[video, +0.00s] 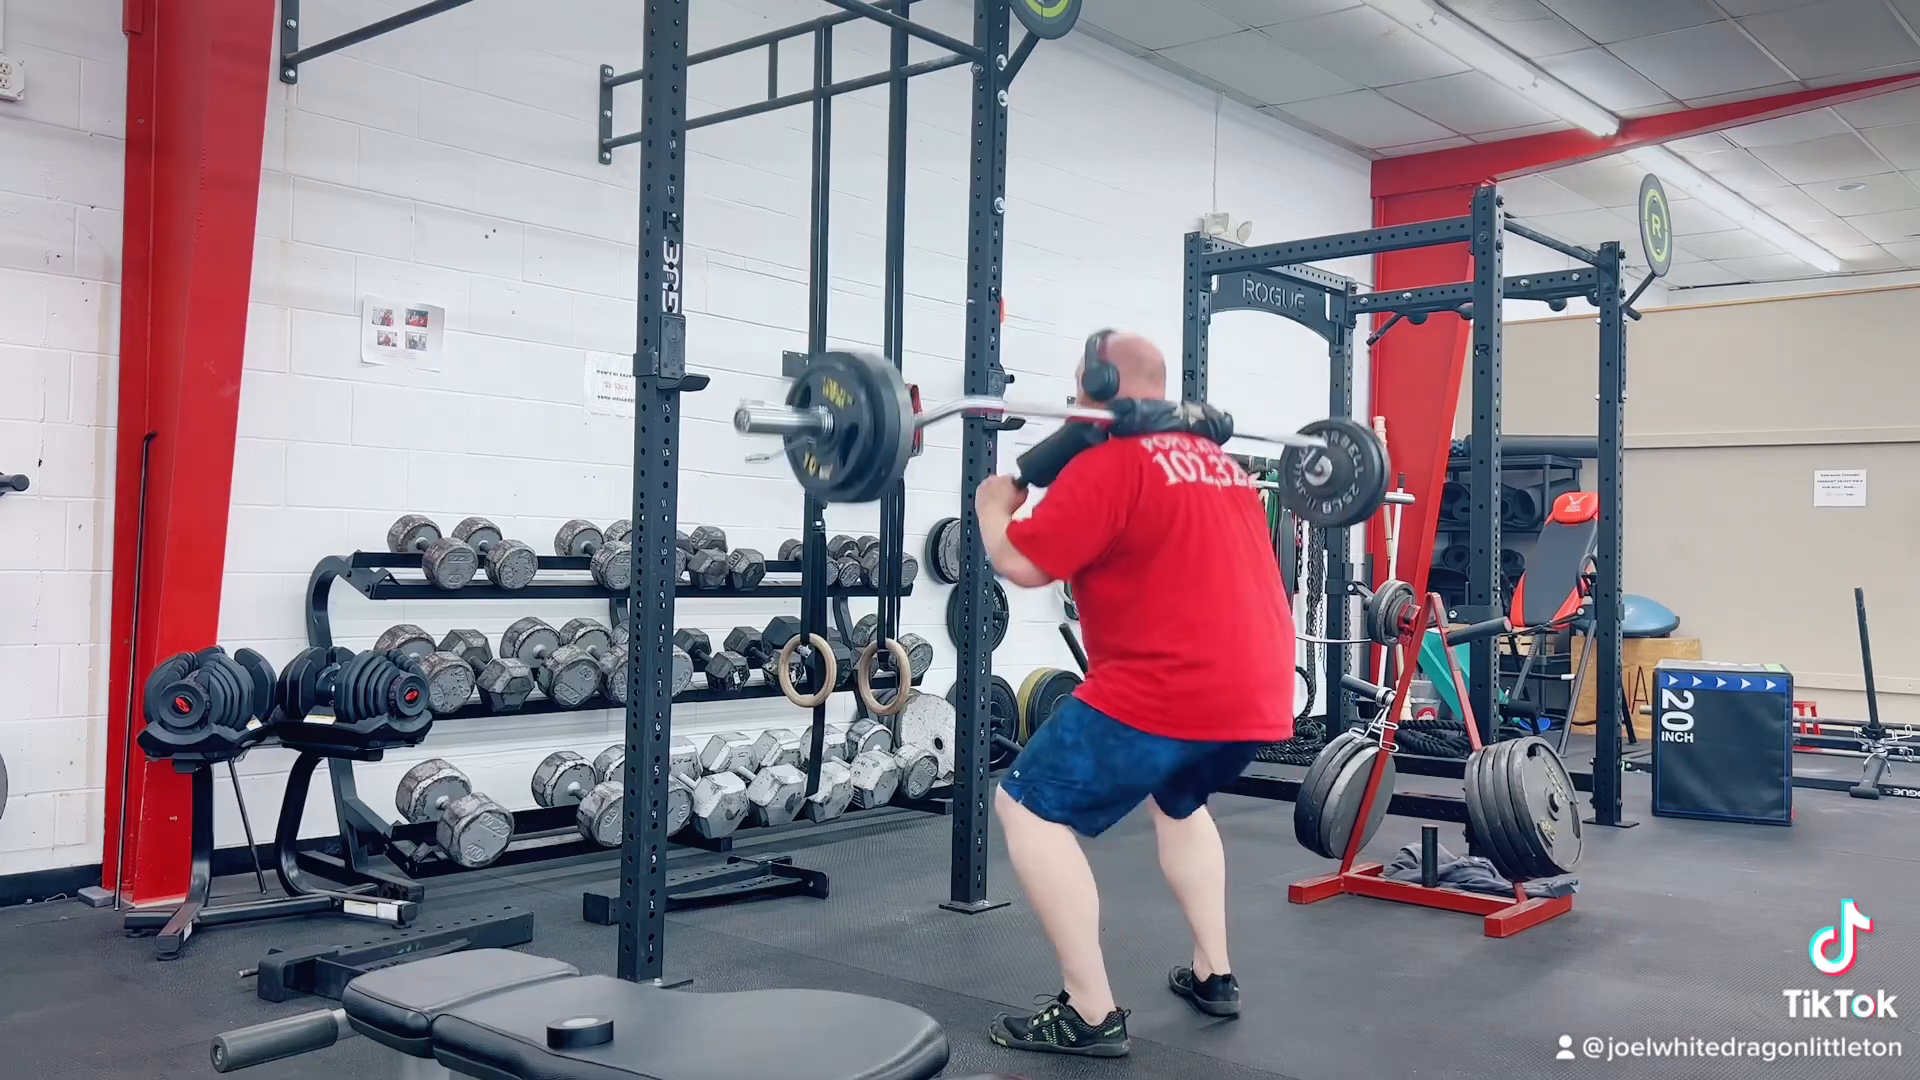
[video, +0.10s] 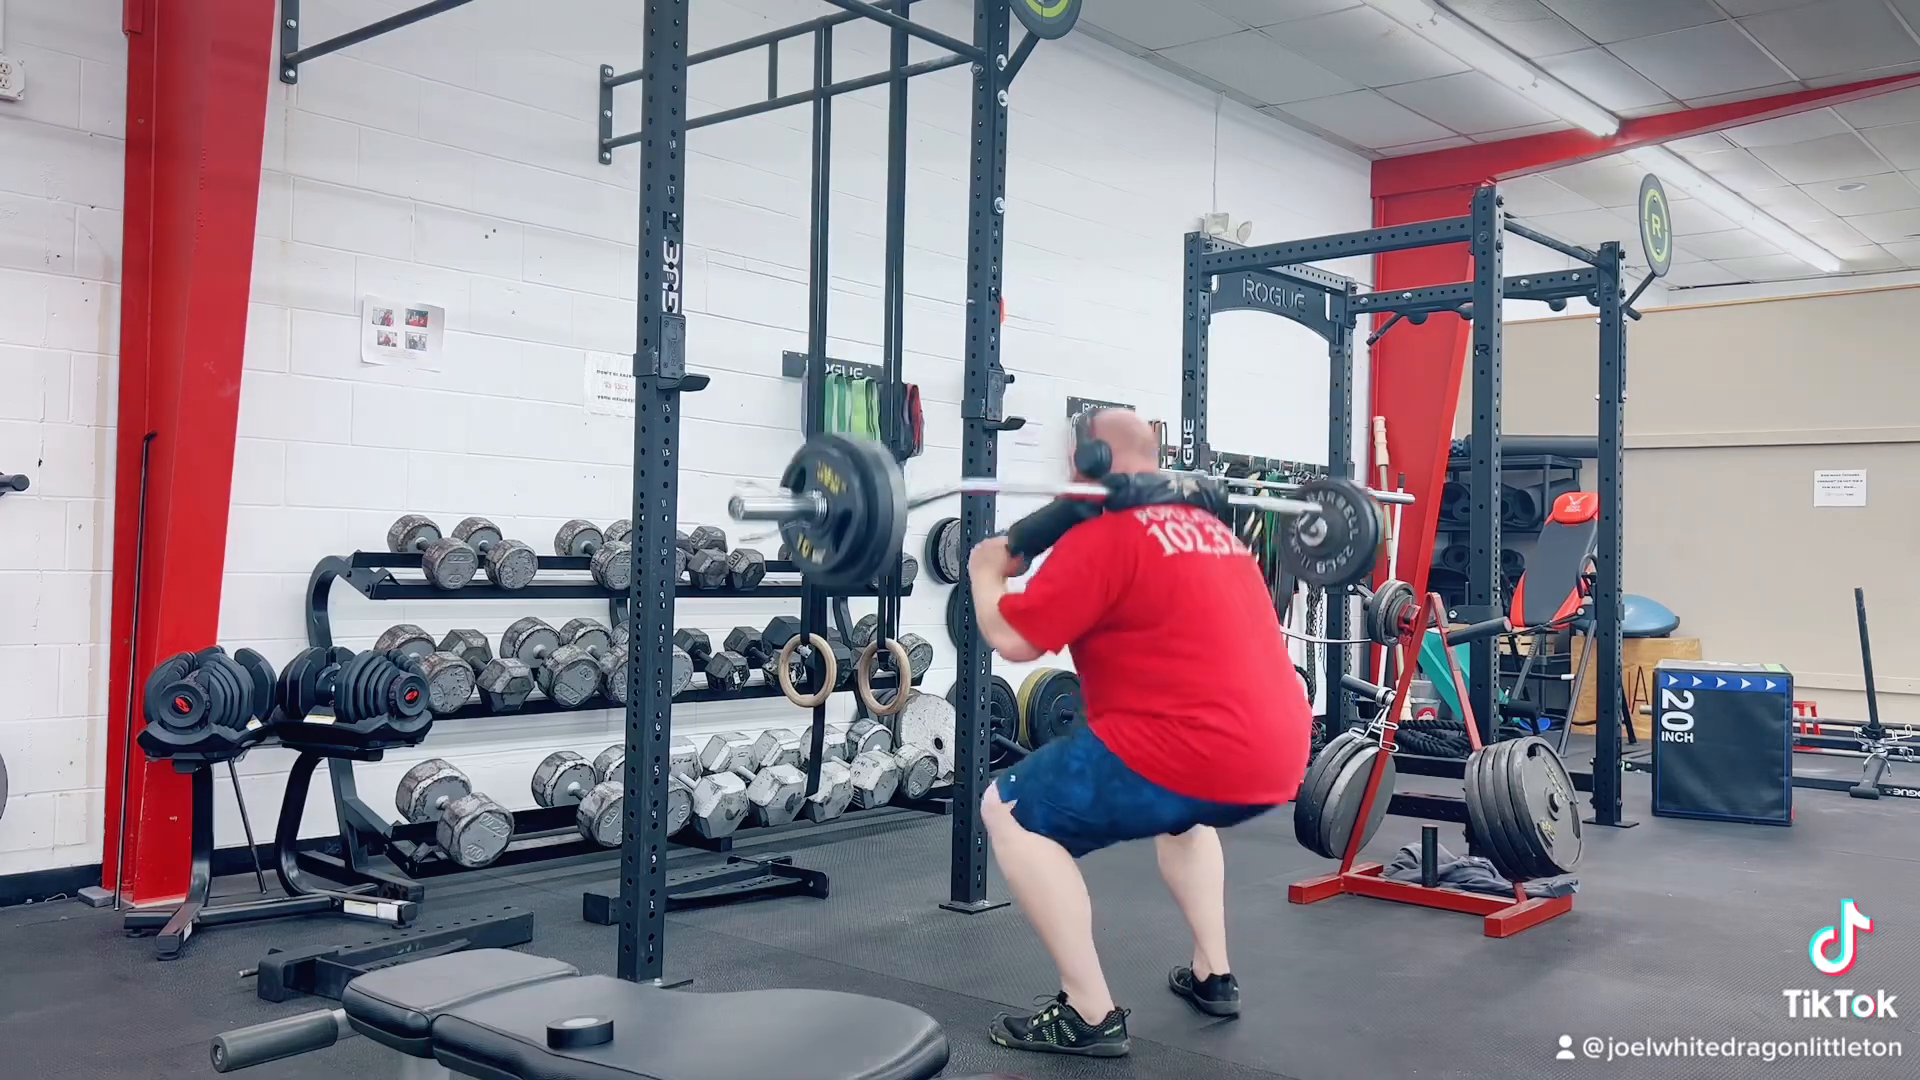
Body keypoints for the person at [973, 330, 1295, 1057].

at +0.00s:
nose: (1075, 402)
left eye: (1078, 389)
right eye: (1076, 390)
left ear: (1098, 393)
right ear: (1163, 389)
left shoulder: (1114, 463)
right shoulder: (1221, 463)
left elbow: (1022, 562)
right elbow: (1256, 569)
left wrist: (992, 506)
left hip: (1159, 692)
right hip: (1261, 696)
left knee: (1026, 802)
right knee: (1178, 800)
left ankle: (1090, 1008)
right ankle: (1215, 973)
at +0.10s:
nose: (1069, 473)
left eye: (1071, 463)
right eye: (1074, 462)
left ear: (1083, 467)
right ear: (1157, 463)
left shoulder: (1107, 534)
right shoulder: (1208, 524)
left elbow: (1013, 639)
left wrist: (983, 569)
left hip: (1179, 753)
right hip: (1274, 753)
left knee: (1009, 810)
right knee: (1178, 811)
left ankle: (1090, 1011)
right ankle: (1214, 974)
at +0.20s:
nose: (1070, 543)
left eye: (1070, 533)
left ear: (1077, 539)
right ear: (1152, 532)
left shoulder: (1102, 606)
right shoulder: (1206, 590)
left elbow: (999, 702)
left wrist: (978, 630)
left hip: (1198, 820)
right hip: (1286, 814)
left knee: (1000, 812)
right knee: (1160, 775)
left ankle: (1089, 1010)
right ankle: (1213, 974)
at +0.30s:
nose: (1064, 592)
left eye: (1066, 581)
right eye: (1068, 581)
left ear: (1076, 589)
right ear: (1150, 583)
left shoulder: (1100, 657)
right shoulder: (1203, 640)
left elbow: (995, 752)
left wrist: (975, 670)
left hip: (1194, 878)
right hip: (1274, 873)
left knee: (991, 817)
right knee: (1173, 794)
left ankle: (1088, 1009)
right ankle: (1209, 971)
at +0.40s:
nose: (1063, 605)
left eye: (1063, 594)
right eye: (1067, 593)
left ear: (1072, 603)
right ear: (1148, 592)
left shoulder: (1096, 668)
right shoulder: (1200, 648)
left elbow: (995, 763)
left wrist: (972, 687)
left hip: (1196, 888)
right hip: (1273, 880)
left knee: (991, 819)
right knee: (1159, 793)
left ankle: (1088, 1008)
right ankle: (1208, 973)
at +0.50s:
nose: (1055, 545)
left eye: (1056, 537)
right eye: (1058, 536)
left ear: (1068, 542)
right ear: (1138, 534)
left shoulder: (1091, 605)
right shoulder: (1196, 587)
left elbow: (995, 707)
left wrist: (970, 639)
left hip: (1188, 806)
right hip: (1278, 802)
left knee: (997, 813)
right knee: (1143, 783)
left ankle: (1088, 1008)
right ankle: (1210, 973)